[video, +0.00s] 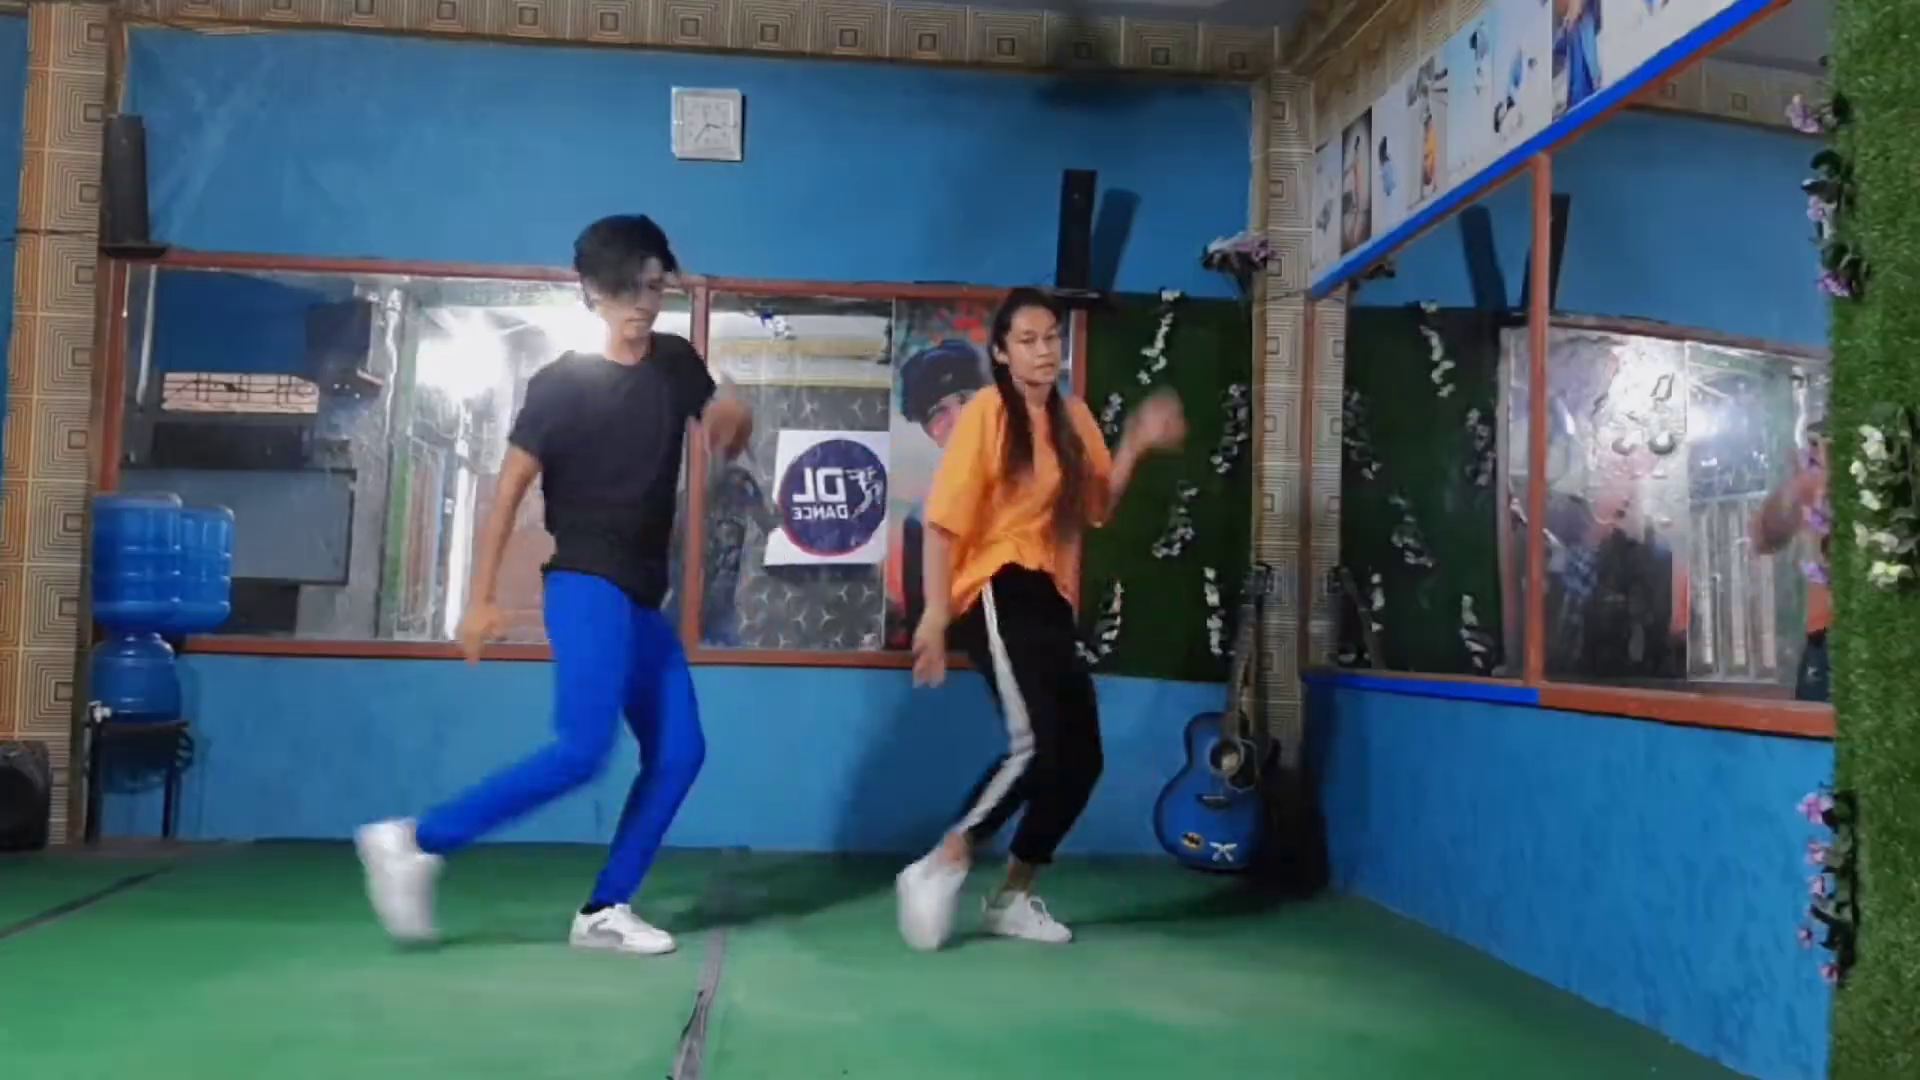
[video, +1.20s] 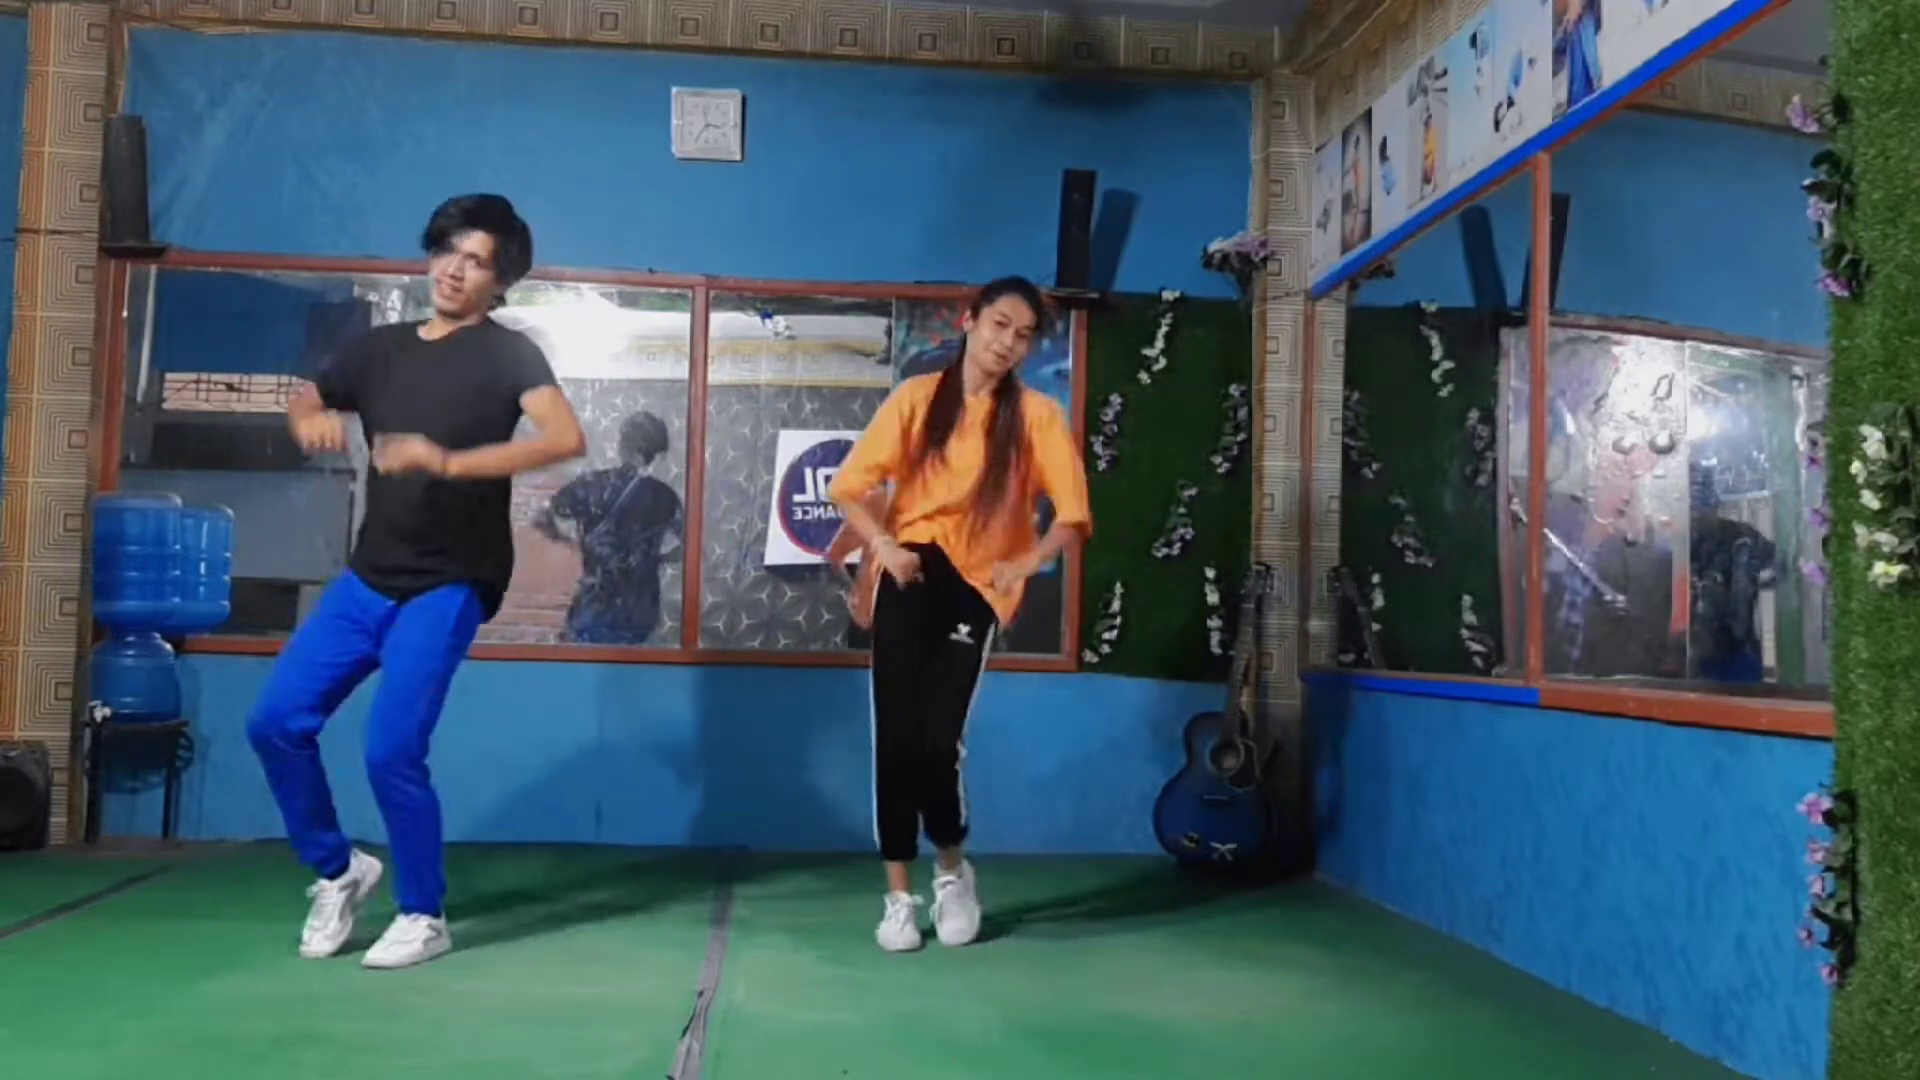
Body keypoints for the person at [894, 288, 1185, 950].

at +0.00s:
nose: (1041, 351)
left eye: (1051, 339)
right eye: (1027, 339)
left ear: (1063, 346)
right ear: (1002, 349)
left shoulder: (1075, 417)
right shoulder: (987, 412)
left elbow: (1098, 508)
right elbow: (941, 520)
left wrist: (1134, 446)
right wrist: (934, 616)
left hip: (1051, 590)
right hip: (998, 585)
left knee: (1080, 755)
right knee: (1033, 745)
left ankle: (1012, 898)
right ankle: (937, 872)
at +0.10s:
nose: (1036, 354)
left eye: (1047, 340)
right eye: (1024, 341)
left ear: (1065, 352)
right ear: (1004, 353)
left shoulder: (1075, 427)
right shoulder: (988, 425)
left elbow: (1113, 488)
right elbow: (951, 531)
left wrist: (1111, 399)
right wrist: (913, 621)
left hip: (1053, 598)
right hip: (990, 593)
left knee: (1079, 750)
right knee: (952, 735)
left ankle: (1020, 891)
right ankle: (897, 882)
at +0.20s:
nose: (1029, 341)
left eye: (1039, 329)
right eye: (1015, 330)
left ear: (1055, 338)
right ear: (993, 340)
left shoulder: (1079, 409)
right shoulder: (967, 416)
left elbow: (1127, 471)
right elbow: (905, 514)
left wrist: (1113, 475)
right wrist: (904, 596)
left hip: (1055, 599)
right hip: (979, 589)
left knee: (1084, 749)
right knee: (904, 702)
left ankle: (1016, 891)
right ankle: (902, 850)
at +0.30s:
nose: (1011, 335)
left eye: (1024, 323)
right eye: (998, 322)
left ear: (1038, 334)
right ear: (975, 331)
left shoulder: (1065, 404)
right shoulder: (943, 409)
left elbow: (1092, 507)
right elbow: (890, 493)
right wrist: (872, 534)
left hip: (1050, 596)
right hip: (967, 590)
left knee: (1090, 743)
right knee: (895, 708)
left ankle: (1026, 883)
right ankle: (888, 872)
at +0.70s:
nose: (998, 356)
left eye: (1012, 346)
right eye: (988, 340)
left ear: (1024, 353)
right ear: (962, 337)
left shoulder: (1045, 417)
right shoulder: (922, 407)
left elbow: (1076, 506)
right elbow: (865, 476)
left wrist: (1043, 542)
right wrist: (885, 528)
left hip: (1011, 597)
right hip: (934, 589)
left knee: (996, 746)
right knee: (907, 744)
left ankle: (1011, 887)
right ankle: (901, 893)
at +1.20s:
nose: (1007, 340)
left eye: (1023, 334)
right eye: (999, 323)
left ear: (1030, 345)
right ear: (970, 322)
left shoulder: (1038, 415)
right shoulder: (917, 394)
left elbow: (1073, 517)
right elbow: (847, 484)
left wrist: (1028, 563)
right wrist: (883, 545)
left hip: (976, 583)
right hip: (903, 569)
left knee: (935, 740)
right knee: (894, 738)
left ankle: (952, 872)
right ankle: (898, 897)